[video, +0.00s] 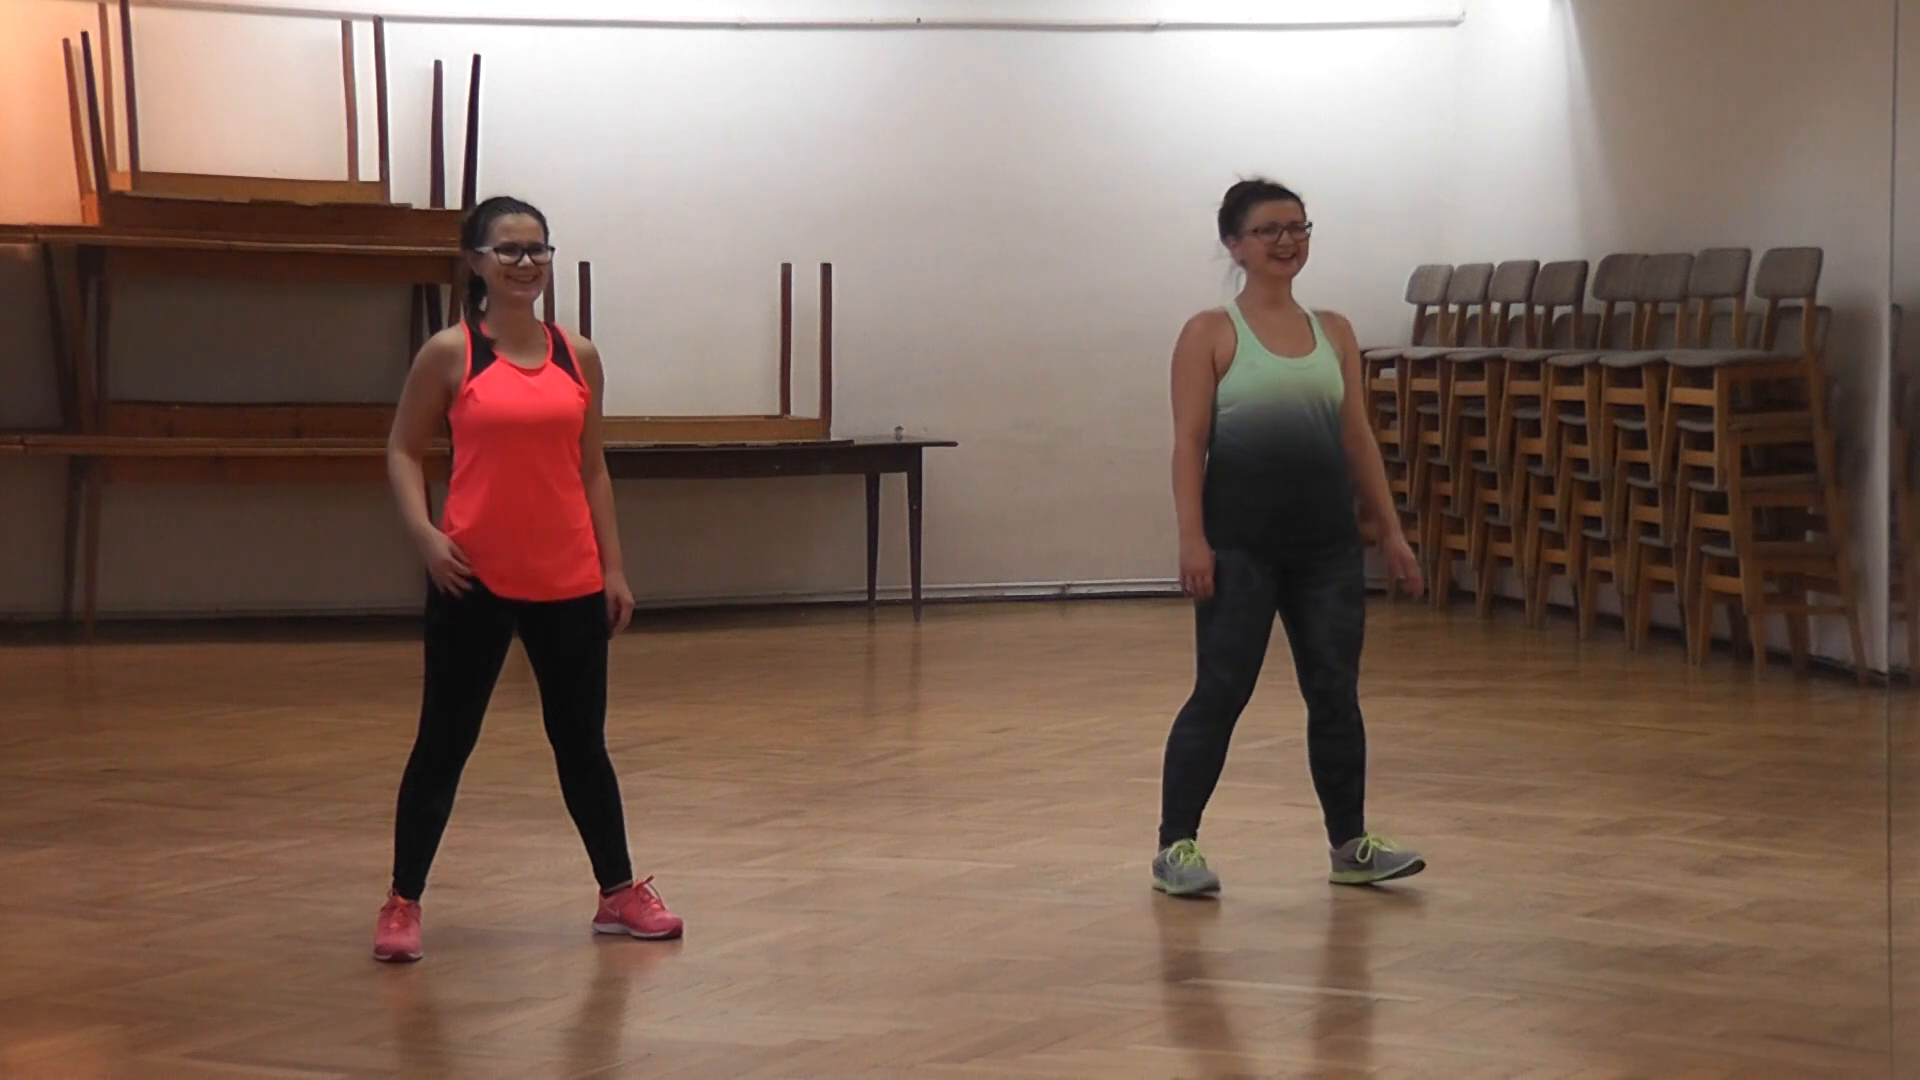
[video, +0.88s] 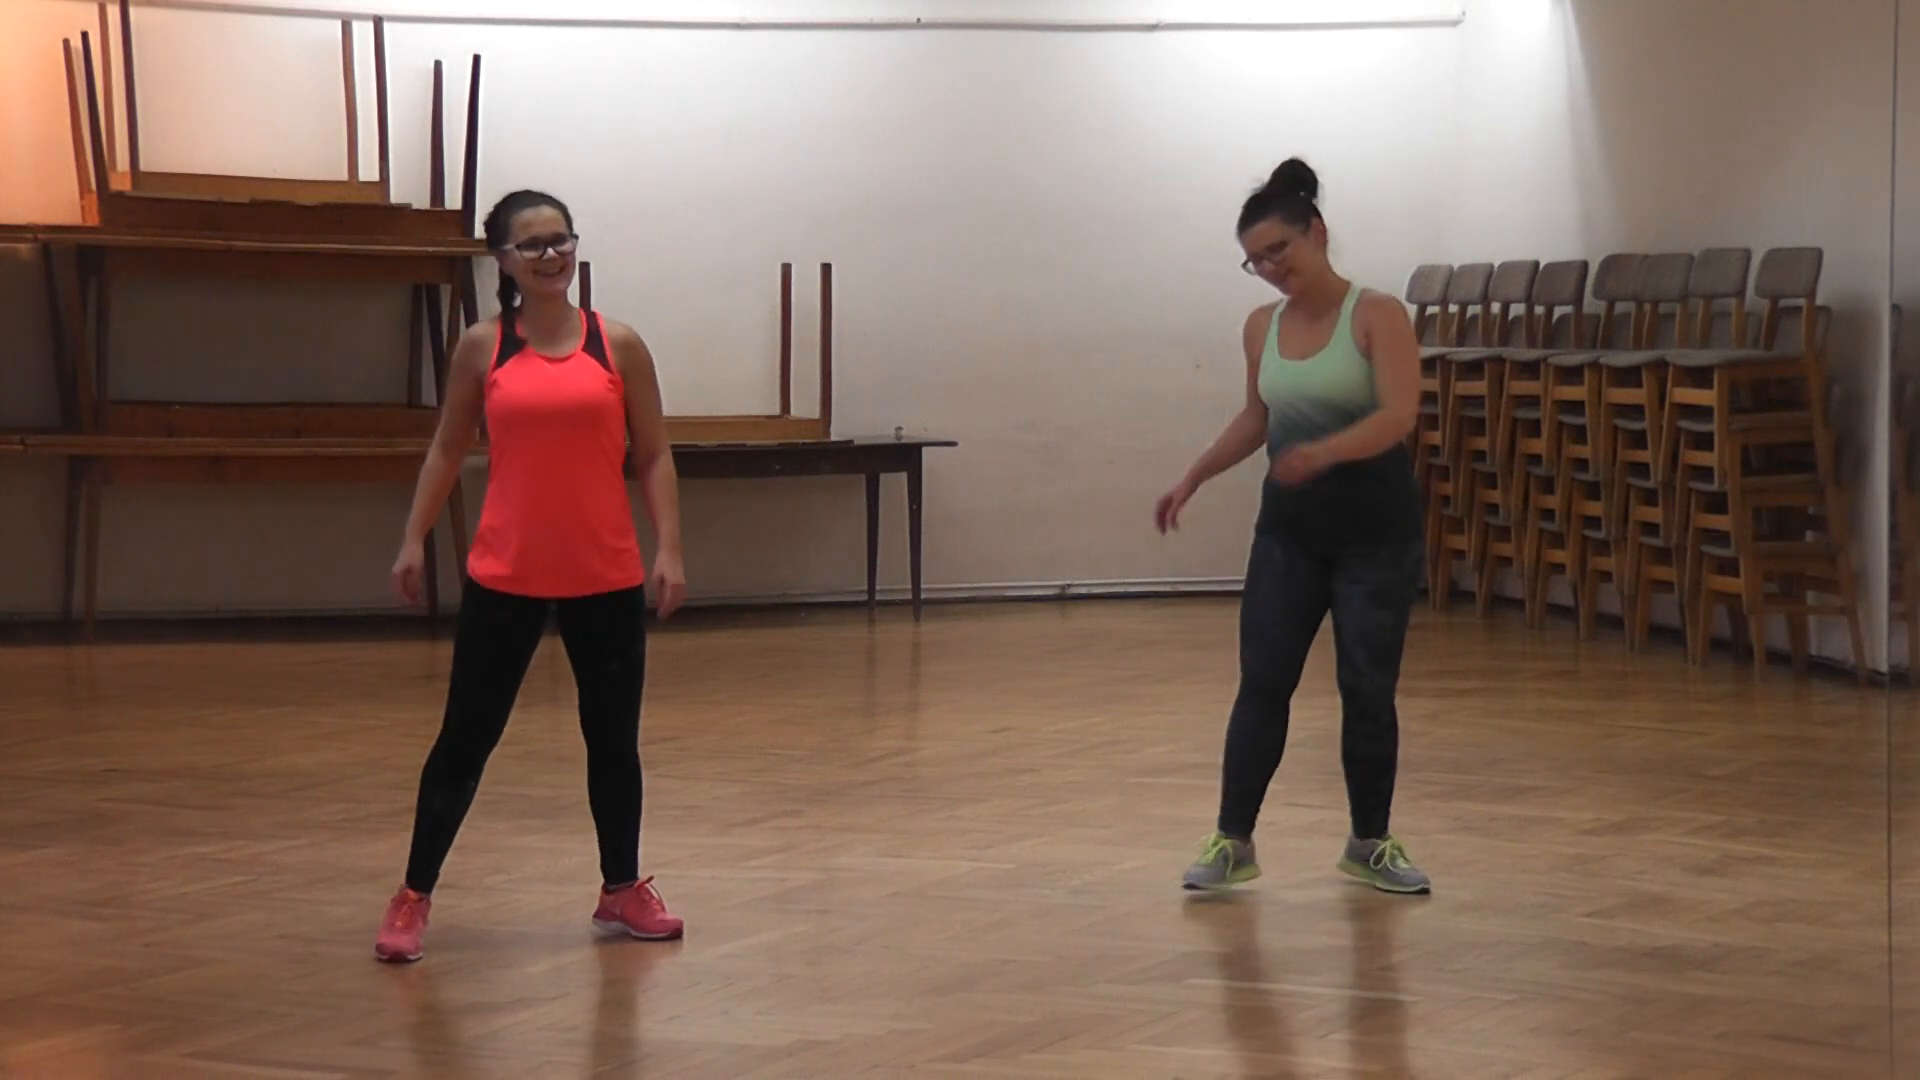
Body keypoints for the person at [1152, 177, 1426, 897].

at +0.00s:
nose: (1287, 241)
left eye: (1296, 228)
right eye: (1269, 231)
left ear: (1308, 237)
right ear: (1235, 244)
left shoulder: (1335, 332)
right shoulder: (1209, 333)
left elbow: (1359, 440)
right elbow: (1189, 443)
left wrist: (1391, 533)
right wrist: (1192, 538)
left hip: (1328, 546)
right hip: (1239, 548)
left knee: (1336, 696)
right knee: (1219, 696)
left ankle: (1350, 845)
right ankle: (1177, 846)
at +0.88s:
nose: (1270, 269)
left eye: (1278, 250)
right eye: (1256, 260)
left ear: (1318, 231)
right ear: (1251, 262)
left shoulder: (1381, 317)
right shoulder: (1263, 327)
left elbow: (1400, 416)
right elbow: (1257, 417)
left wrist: (1322, 451)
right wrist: (1193, 476)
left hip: (1375, 530)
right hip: (1288, 529)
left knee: (1368, 691)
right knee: (1262, 684)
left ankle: (1369, 842)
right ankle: (1233, 840)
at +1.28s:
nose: (1211, 280)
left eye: (1223, 265)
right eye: (1200, 268)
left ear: (1263, 254)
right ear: (1191, 264)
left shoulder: (1309, 338)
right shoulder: (1196, 340)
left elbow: (1344, 447)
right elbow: (1187, 437)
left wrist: (1334, 540)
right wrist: (1137, 481)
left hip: (1305, 552)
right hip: (1229, 553)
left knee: (1296, 690)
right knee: (1239, 700)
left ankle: (1372, 814)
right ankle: (1291, 845)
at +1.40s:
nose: (1184, 273)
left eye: (1196, 257)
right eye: (1172, 261)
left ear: (1235, 245)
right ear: (1164, 257)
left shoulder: (1285, 329)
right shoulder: (1166, 328)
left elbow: (1347, 421)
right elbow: (1133, 425)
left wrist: (1391, 508)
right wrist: (1087, 422)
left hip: (1281, 526)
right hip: (1204, 532)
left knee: (1237, 662)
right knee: (1237, 679)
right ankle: (1288, 842)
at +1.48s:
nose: (1167, 279)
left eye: (1180, 263)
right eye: (1154, 265)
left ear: (1218, 249)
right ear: (1143, 259)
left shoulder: (1269, 333)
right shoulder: (1143, 333)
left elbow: (1342, 414)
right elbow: (1097, 416)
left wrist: (1403, 494)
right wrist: (1067, 398)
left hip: (1259, 535)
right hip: (1187, 542)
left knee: (1211, 671)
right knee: (1248, 690)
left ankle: (1165, 846)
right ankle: (1293, 841)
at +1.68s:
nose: (1135, 274)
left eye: (1150, 259)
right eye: (1121, 262)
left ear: (1175, 261)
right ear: (1101, 268)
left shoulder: (1212, 350)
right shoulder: (1087, 353)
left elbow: (1275, 444)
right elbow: (1053, 444)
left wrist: (1341, 519)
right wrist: (1018, 442)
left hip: (1189, 549)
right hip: (1114, 554)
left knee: (1128, 693)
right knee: (1163, 703)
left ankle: (1110, 866)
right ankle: (1265, 822)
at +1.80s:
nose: (1113, 265)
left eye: (1127, 252)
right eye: (1098, 253)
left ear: (1145, 259)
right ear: (1073, 261)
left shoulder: (1175, 349)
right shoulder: (1051, 353)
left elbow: (1214, 454)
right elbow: (1011, 443)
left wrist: (1251, 551)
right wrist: (978, 518)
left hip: (1152, 551)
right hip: (1073, 553)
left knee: (1101, 697)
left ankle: (1107, 869)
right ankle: (1159, 793)